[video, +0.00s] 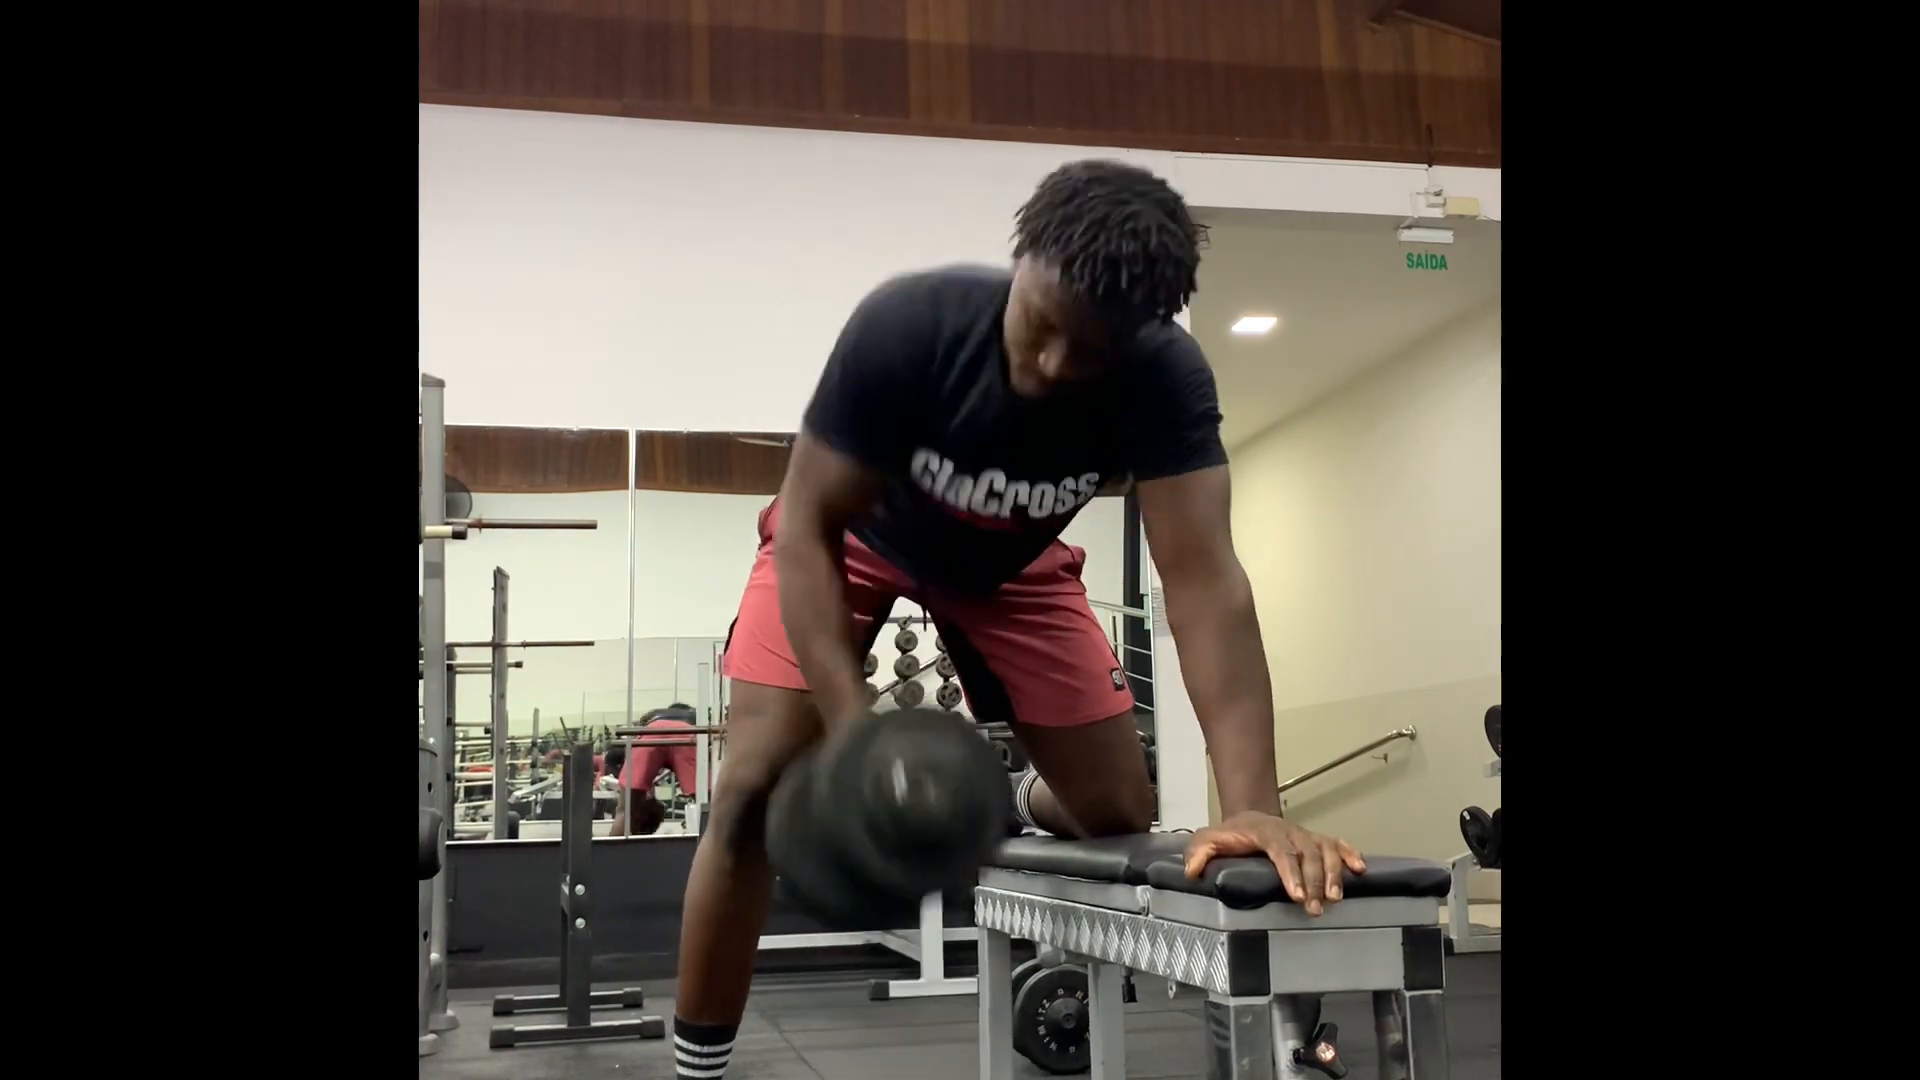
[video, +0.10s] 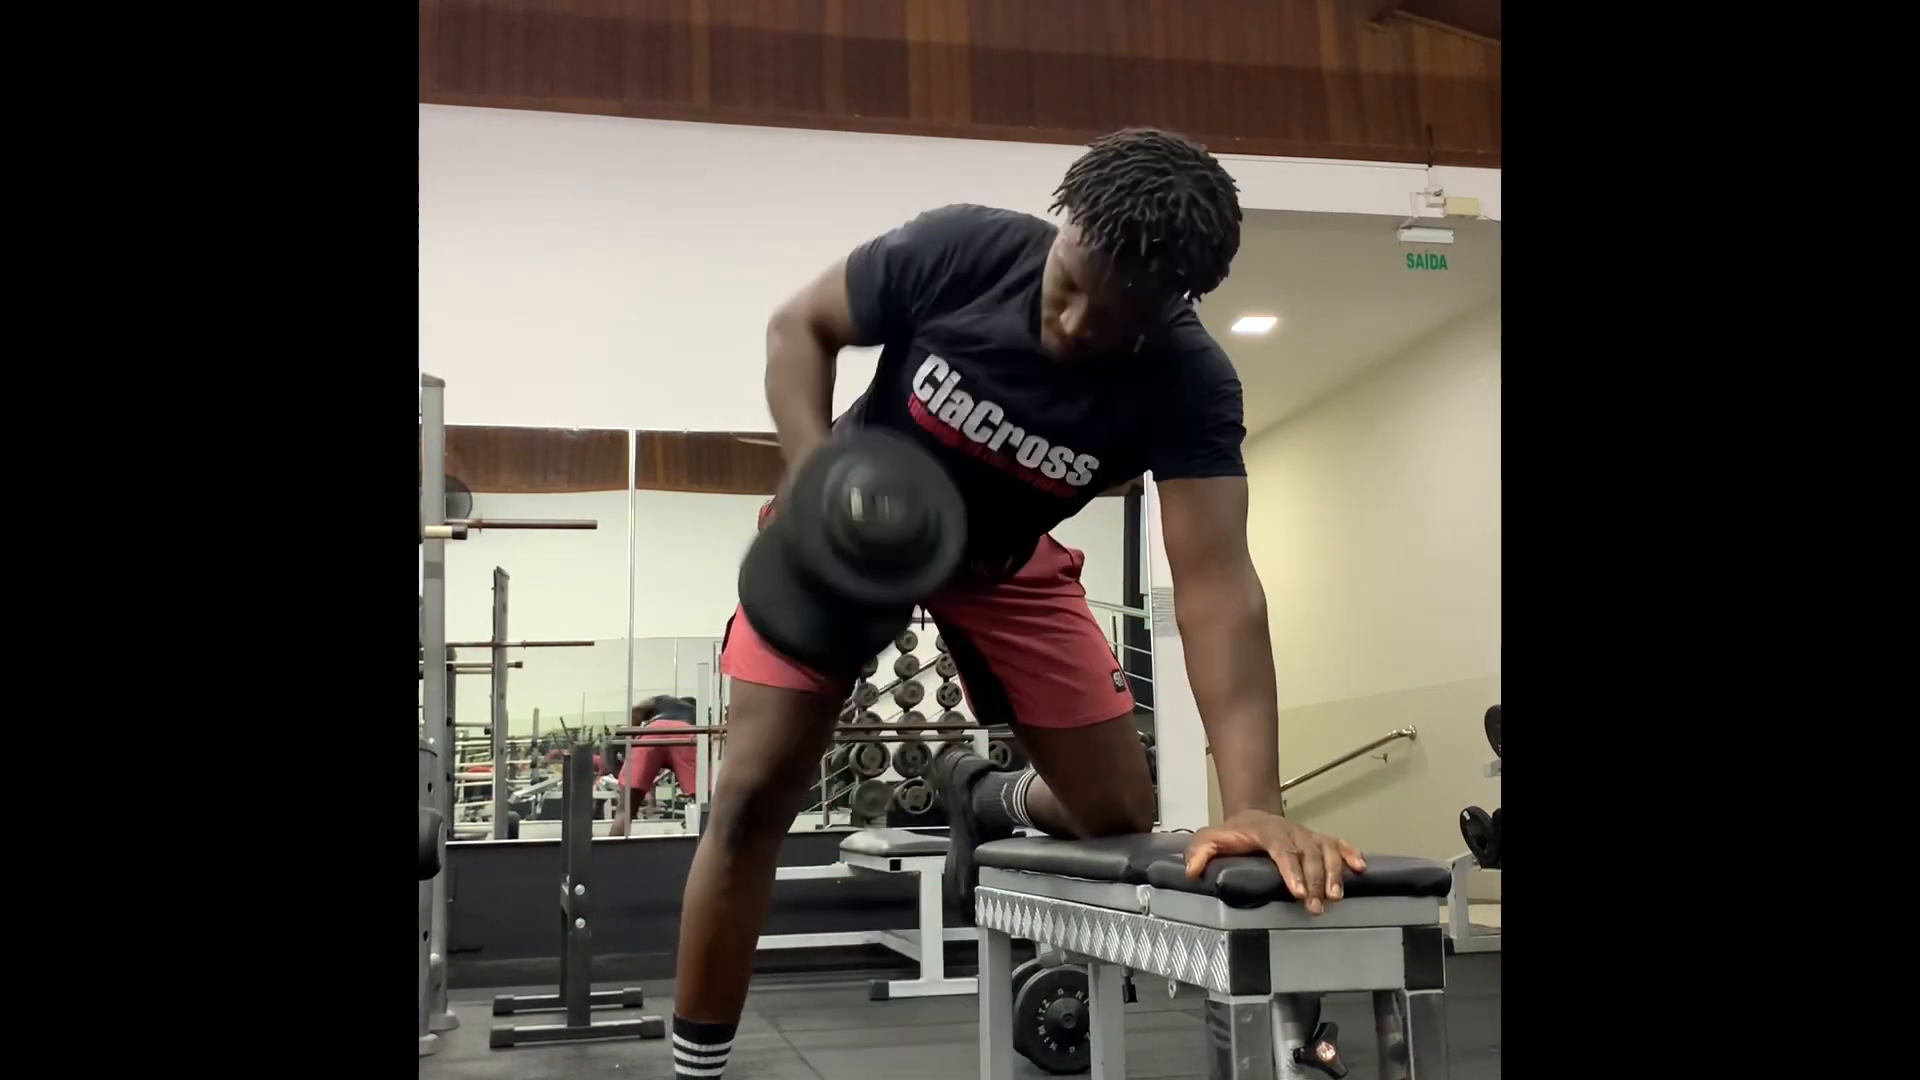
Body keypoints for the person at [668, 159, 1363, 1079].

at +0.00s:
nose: (1055, 363)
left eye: (1089, 346)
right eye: (1041, 327)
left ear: (1141, 328)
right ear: (1018, 267)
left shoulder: (1163, 376)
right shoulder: (904, 327)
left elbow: (1204, 577)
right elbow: (804, 522)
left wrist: (1251, 806)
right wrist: (854, 742)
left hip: (1017, 567)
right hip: (852, 537)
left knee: (1118, 812)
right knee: (748, 788)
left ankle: (1006, 806)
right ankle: (697, 1072)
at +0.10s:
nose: (1072, 324)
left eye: (1109, 316)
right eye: (1066, 287)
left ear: (1173, 307)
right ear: (1061, 228)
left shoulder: (1188, 382)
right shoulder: (959, 252)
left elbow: (1218, 587)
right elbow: (800, 323)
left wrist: (1254, 805)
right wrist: (814, 479)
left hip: (1013, 566)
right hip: (861, 519)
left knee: (1119, 814)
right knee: (751, 792)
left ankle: (988, 800)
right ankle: (694, 1071)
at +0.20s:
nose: (1077, 345)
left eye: (1113, 331)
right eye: (1068, 308)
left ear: (1172, 317)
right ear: (1054, 247)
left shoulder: (1183, 390)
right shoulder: (962, 250)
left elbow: (1213, 588)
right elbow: (825, 283)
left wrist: (1252, 804)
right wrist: (822, 415)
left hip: (1010, 562)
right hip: (856, 516)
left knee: (1118, 814)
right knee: (748, 795)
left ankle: (986, 804)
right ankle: (695, 1071)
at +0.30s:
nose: (1069, 370)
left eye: (1103, 352)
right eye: (1055, 332)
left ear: (1155, 333)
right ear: (1035, 270)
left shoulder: (1168, 392)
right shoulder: (935, 294)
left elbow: (1205, 583)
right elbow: (780, 393)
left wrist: (1251, 805)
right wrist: (817, 558)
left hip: (1015, 569)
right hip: (850, 530)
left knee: (1119, 814)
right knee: (745, 796)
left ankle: (986, 802)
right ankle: (694, 1073)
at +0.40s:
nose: (1054, 416)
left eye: (1085, 396)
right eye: (1036, 381)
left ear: (1132, 362)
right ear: (1002, 319)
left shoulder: (1151, 392)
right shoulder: (895, 366)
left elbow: (1196, 582)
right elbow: (793, 552)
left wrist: (1252, 804)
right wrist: (833, 768)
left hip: (1019, 570)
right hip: (851, 544)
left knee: (1119, 814)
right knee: (748, 782)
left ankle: (988, 800)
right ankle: (695, 1069)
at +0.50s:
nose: (1050, 474)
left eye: (1073, 451)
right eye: (1022, 448)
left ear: (1110, 405)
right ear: (969, 387)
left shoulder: (1123, 398)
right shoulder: (870, 453)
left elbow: (1187, 582)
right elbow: (833, 695)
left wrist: (1253, 804)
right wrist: (865, 953)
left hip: (1018, 567)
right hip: (839, 558)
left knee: (1120, 814)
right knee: (743, 794)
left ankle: (988, 796)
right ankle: (695, 1071)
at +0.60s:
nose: (1048, 526)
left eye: (1065, 498)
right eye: (1013, 503)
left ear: (1088, 449)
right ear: (953, 457)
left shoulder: (1096, 404)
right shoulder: (867, 528)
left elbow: (1182, 588)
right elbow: (872, 802)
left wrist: (1252, 807)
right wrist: (876, 1053)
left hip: (1012, 557)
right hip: (833, 541)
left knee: (1121, 812)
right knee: (730, 797)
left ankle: (993, 801)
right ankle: (693, 1075)